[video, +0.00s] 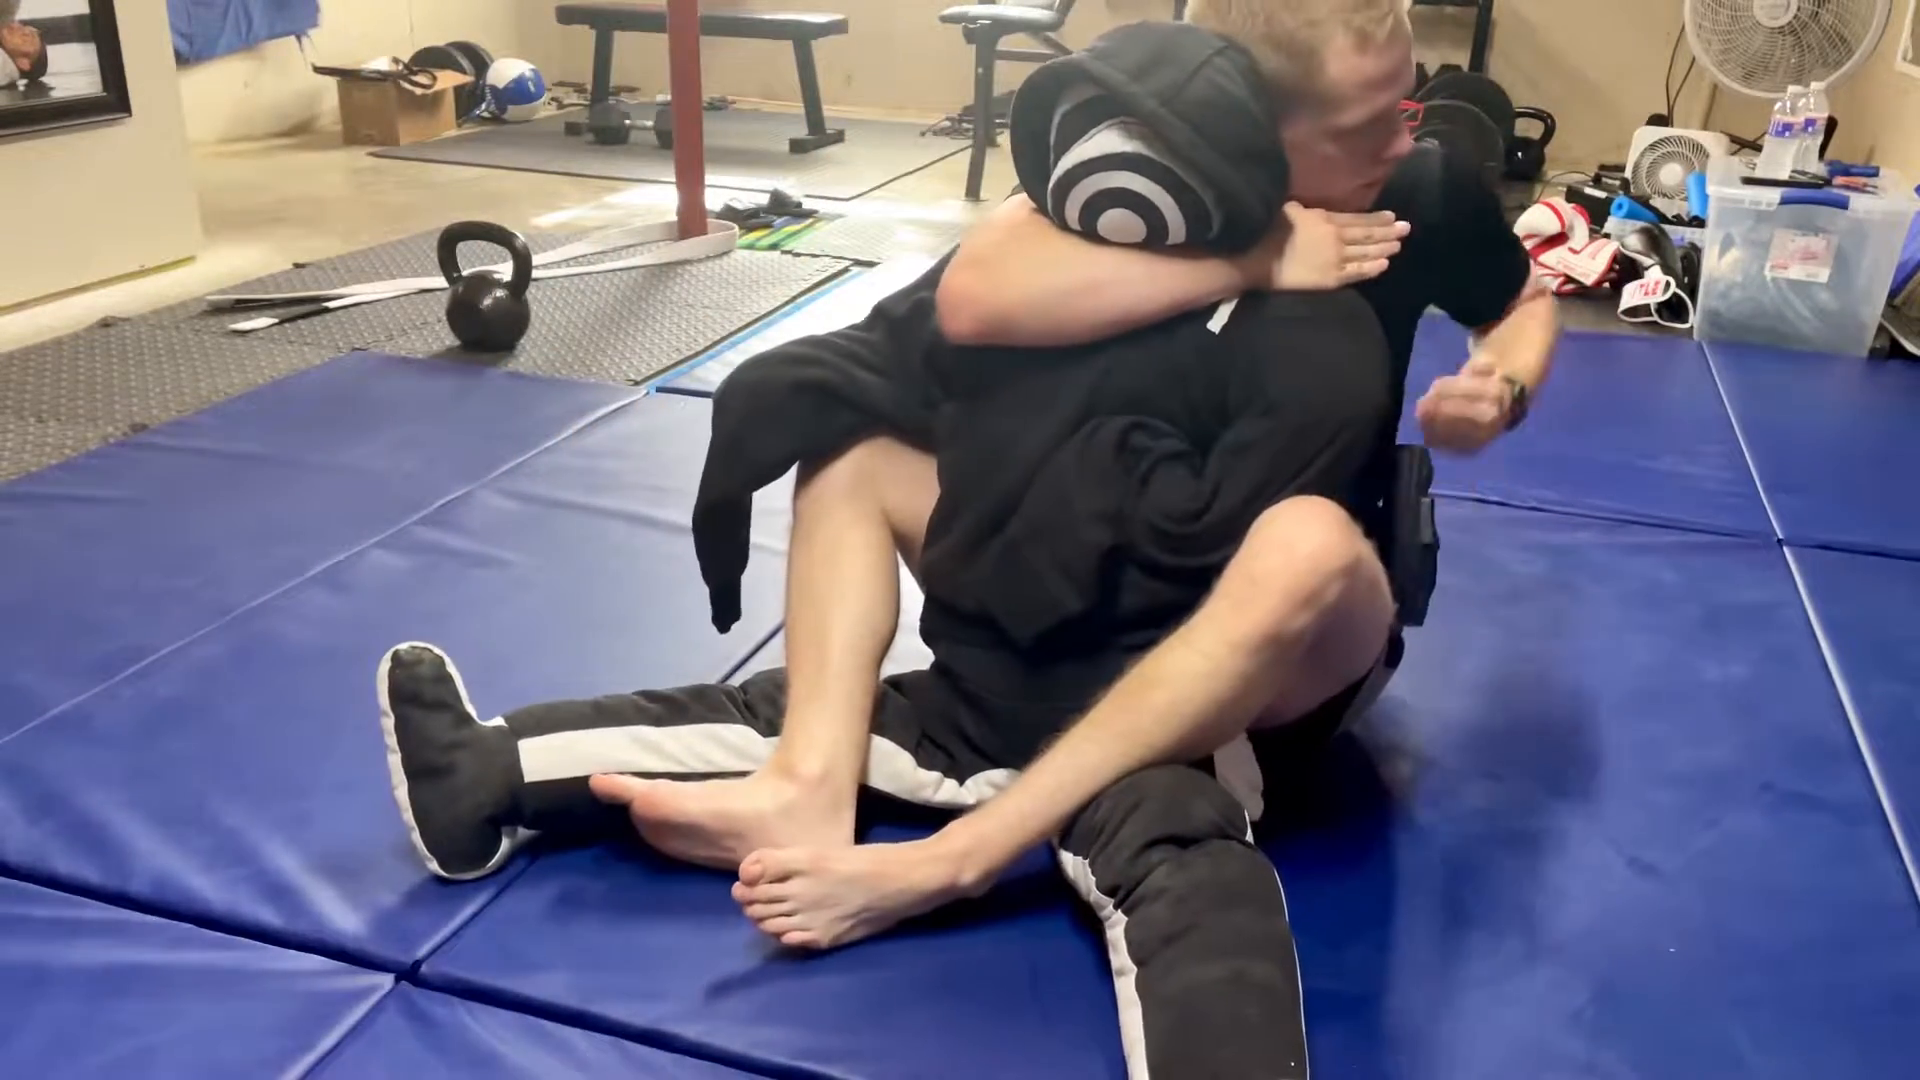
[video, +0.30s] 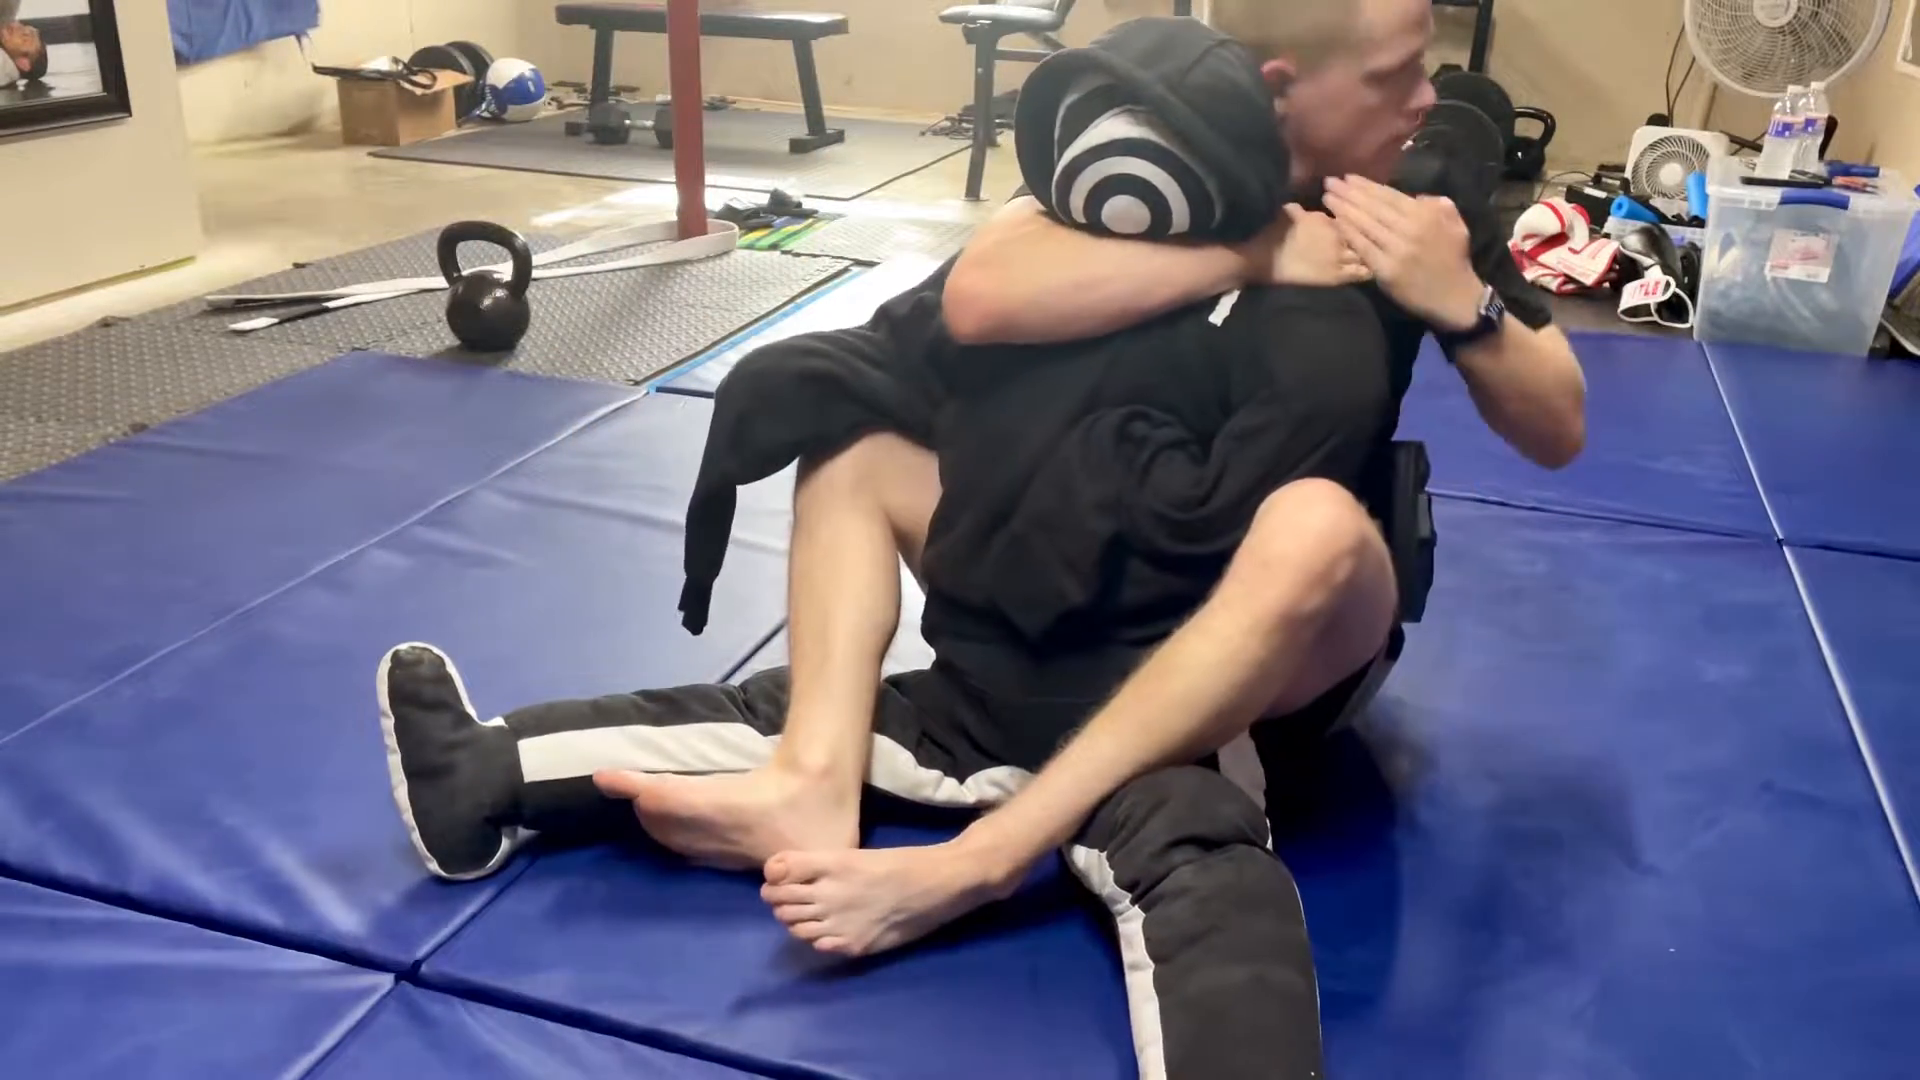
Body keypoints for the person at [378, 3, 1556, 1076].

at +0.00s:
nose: (1412, 124)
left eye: (1411, 100)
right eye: (1382, 116)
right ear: (1255, 138)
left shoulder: (1421, 192)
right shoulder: (1136, 190)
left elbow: (1531, 300)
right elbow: (975, 292)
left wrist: (1502, 374)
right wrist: (1255, 261)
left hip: (1265, 613)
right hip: (1068, 572)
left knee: (1313, 544)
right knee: (852, 452)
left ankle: (957, 855)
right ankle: (813, 788)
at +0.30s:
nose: (1424, 104)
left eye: (1427, 74)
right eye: (1396, 78)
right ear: (1276, 83)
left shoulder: (1420, 211)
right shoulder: (1148, 169)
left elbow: (1561, 436)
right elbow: (982, 291)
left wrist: (1462, 308)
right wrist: (1245, 253)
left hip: (1275, 599)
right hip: (1075, 554)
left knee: (1321, 527)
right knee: (854, 449)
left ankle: (987, 855)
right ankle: (816, 783)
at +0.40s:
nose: (1449, 85)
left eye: (1456, 56)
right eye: (1424, 54)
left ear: (1354, 62)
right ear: (1300, 53)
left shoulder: (1422, 217)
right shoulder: (1165, 150)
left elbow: (1534, 439)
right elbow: (974, 292)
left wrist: (1408, 243)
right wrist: (1236, 252)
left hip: (1273, 601)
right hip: (1077, 550)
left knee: (1313, 522)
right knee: (852, 442)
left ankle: (990, 851)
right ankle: (816, 775)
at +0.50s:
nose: (1468, 95)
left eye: (1473, 68)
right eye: (1447, 61)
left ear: (1384, 66)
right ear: (1326, 50)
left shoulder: (1437, 200)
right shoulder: (1165, 146)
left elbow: (1495, 355)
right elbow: (976, 282)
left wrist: (1317, 194)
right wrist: (1249, 248)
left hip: (1272, 604)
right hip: (1072, 562)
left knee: (1312, 512)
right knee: (854, 431)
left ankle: (983, 845)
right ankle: (813, 769)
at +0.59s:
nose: (1471, 108)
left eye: (1477, 80)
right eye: (1448, 76)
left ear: (1372, 76)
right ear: (1326, 67)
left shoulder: (1440, 198)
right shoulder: (1167, 160)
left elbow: (1436, 283)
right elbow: (988, 280)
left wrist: (1267, 152)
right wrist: (1270, 246)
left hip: (1266, 617)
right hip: (1060, 585)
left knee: (1313, 514)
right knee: (858, 434)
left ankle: (982, 838)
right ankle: (816, 764)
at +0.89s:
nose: (1424, 161)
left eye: (1428, 133)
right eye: (1398, 136)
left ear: (1420, 132)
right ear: (1282, 126)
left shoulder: (1427, 218)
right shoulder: (1155, 170)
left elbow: (1372, 312)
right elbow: (1019, 273)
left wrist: (1241, 182)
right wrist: (1279, 275)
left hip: (1265, 605)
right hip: (1058, 579)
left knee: (1330, 518)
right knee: (866, 443)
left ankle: (970, 830)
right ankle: (854, 763)